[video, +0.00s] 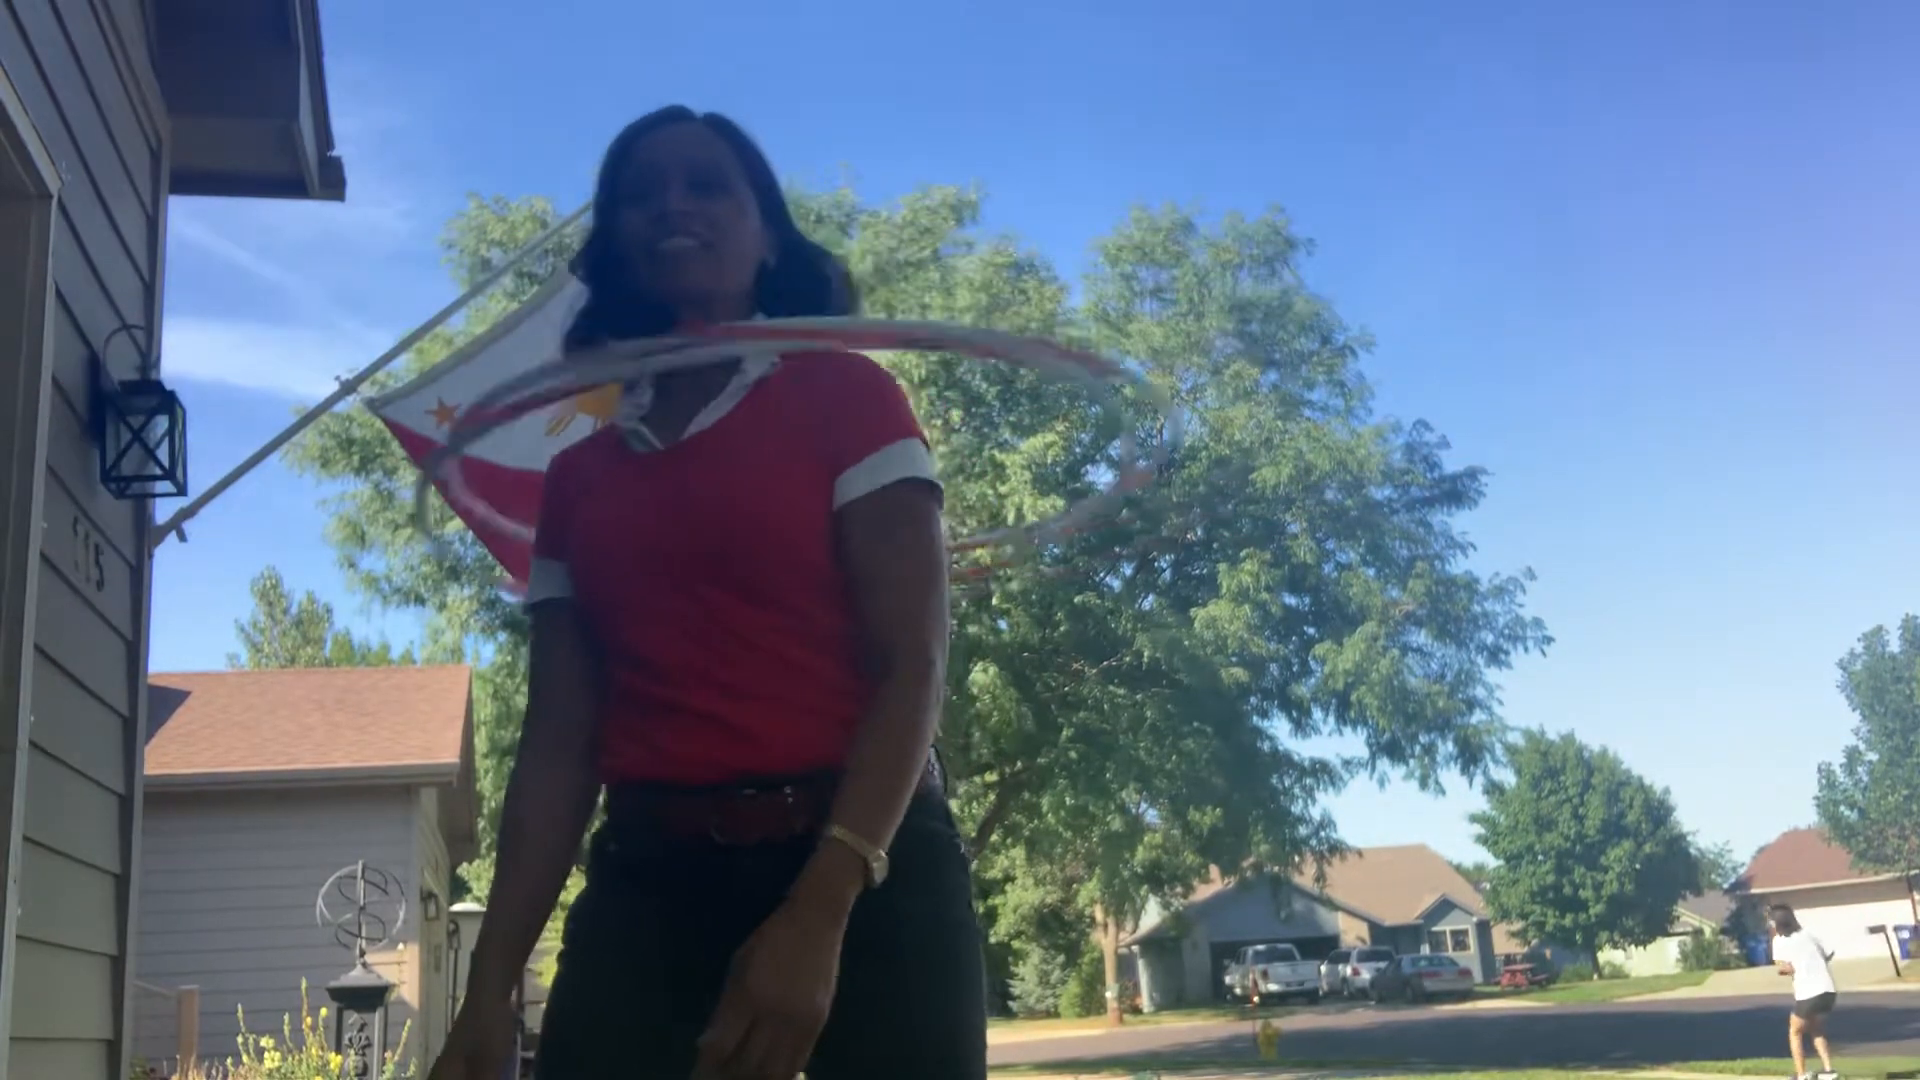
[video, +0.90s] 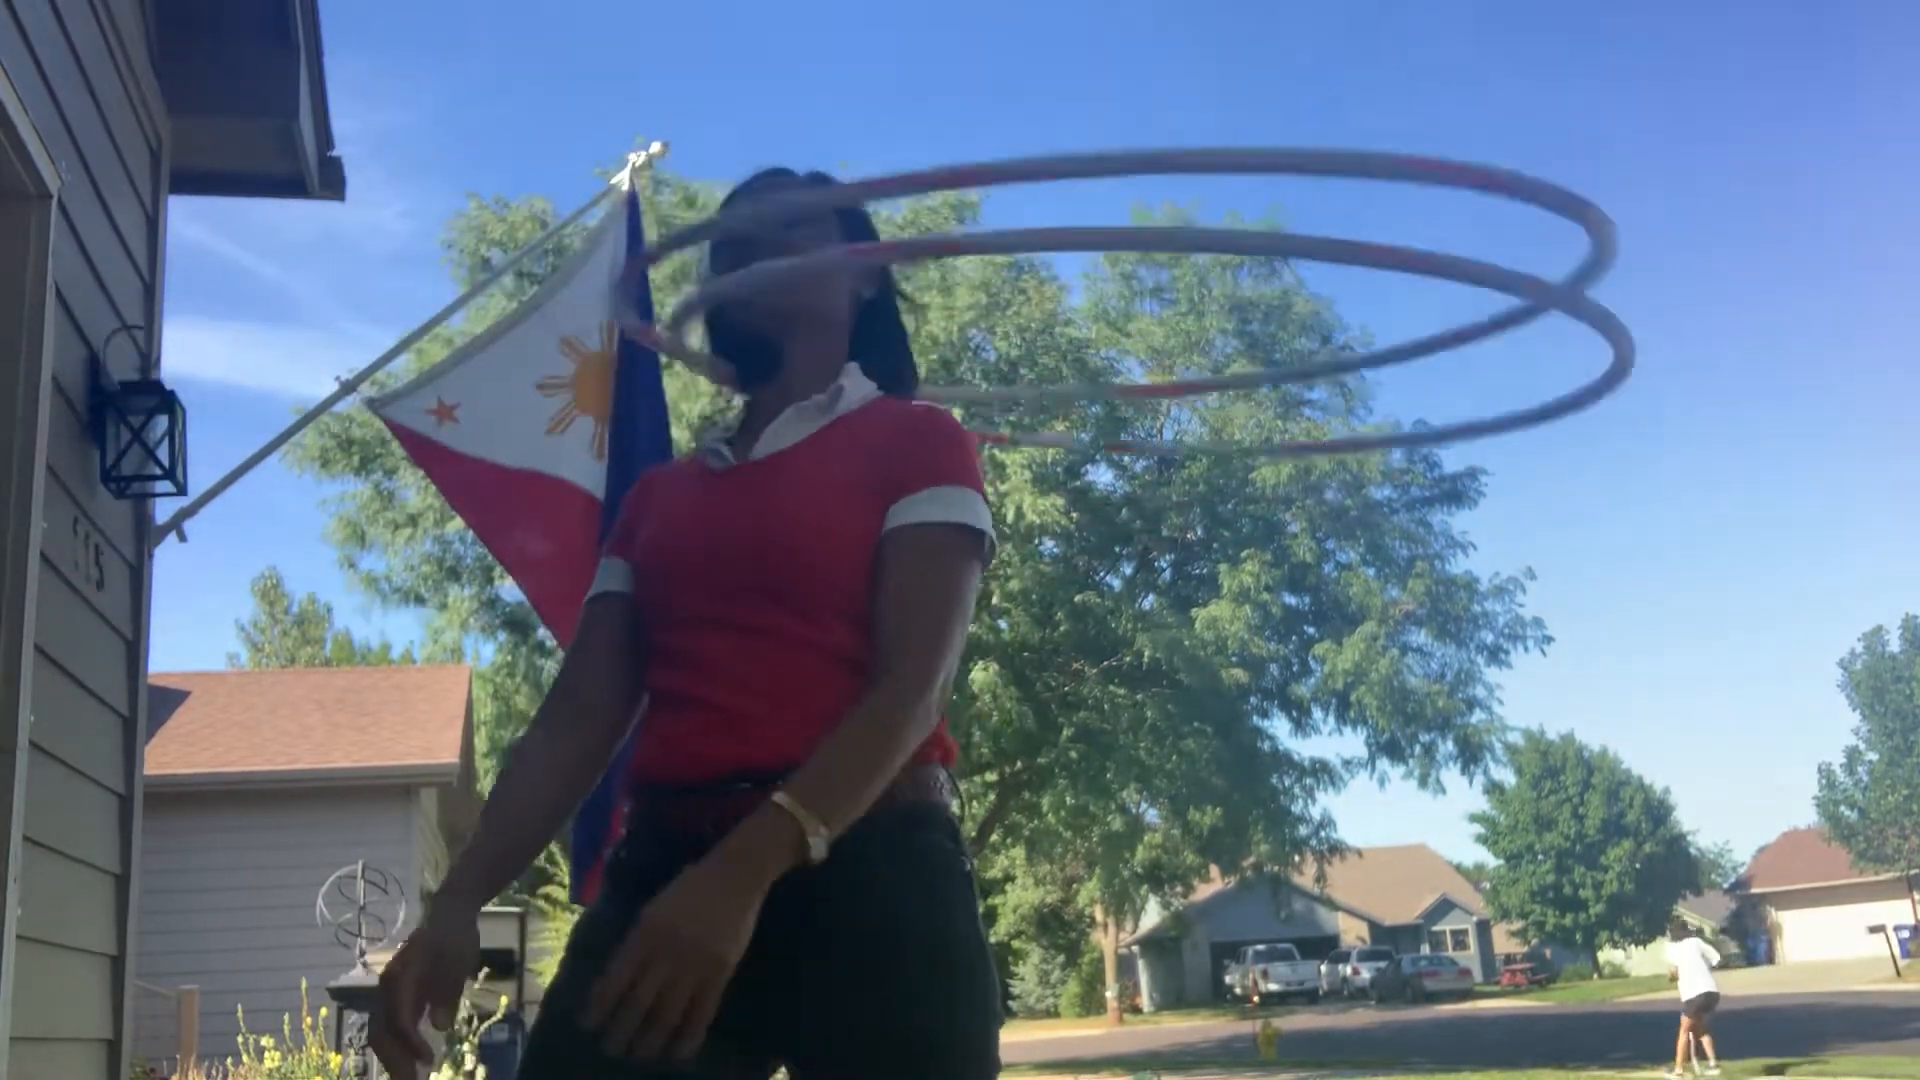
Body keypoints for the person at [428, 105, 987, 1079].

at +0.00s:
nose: (675, 205)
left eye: (708, 184)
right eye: (642, 191)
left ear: (767, 230)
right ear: (610, 242)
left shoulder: (840, 390)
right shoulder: (578, 472)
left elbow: (913, 666)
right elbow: (557, 739)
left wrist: (821, 910)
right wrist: (491, 990)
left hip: (865, 862)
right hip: (652, 871)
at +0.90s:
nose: (740, 256)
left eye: (780, 233)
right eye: (725, 249)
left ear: (865, 267)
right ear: (710, 301)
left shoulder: (915, 439)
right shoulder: (659, 493)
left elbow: (909, 694)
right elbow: (579, 713)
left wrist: (740, 870)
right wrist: (455, 909)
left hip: (869, 868)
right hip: (663, 875)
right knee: (577, 1058)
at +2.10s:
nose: (777, 220)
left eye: (816, 202)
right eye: (757, 217)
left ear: (892, 261)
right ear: (741, 279)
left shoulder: (932, 425)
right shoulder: (661, 468)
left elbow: (920, 673)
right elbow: (581, 683)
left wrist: (703, 800)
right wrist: (492, 808)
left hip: (877, 862)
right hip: (662, 877)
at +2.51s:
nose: (791, 237)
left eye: (831, 215)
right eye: (772, 229)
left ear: (905, 272)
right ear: (754, 287)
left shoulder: (951, 444)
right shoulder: (679, 478)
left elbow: (948, 704)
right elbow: (595, 689)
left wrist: (745, 837)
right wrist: (509, 845)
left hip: (884, 867)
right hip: (675, 875)